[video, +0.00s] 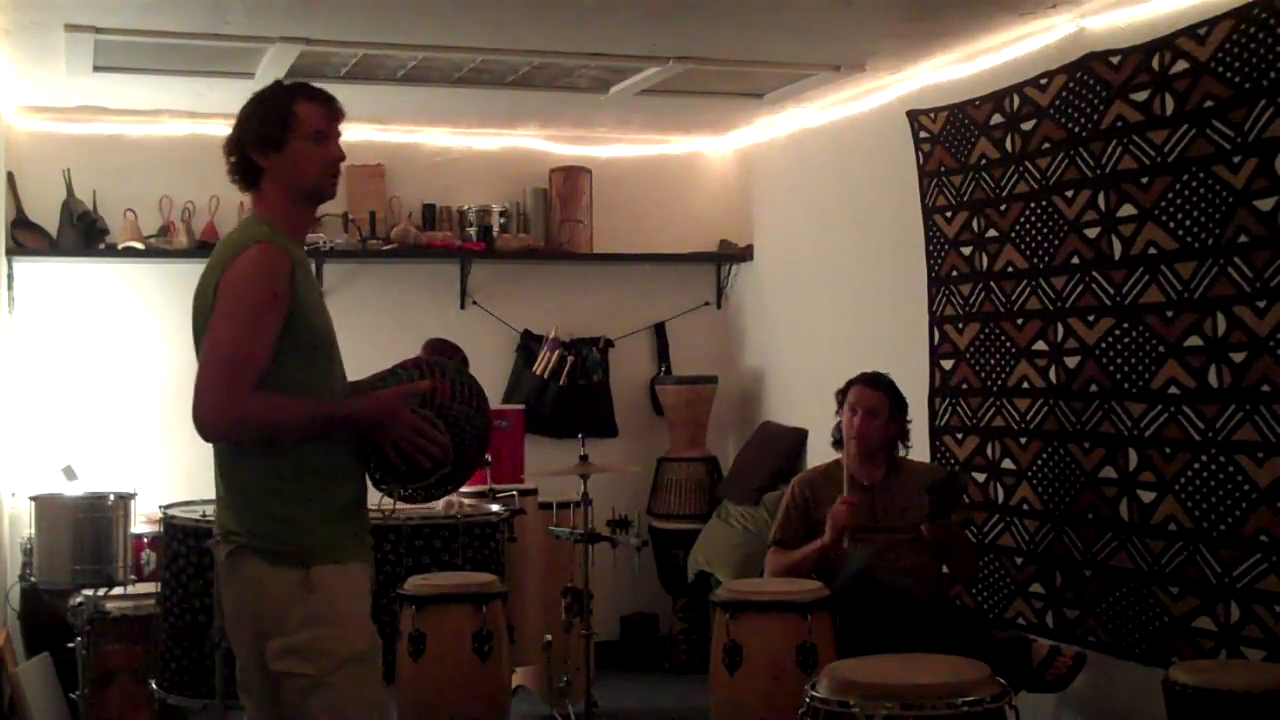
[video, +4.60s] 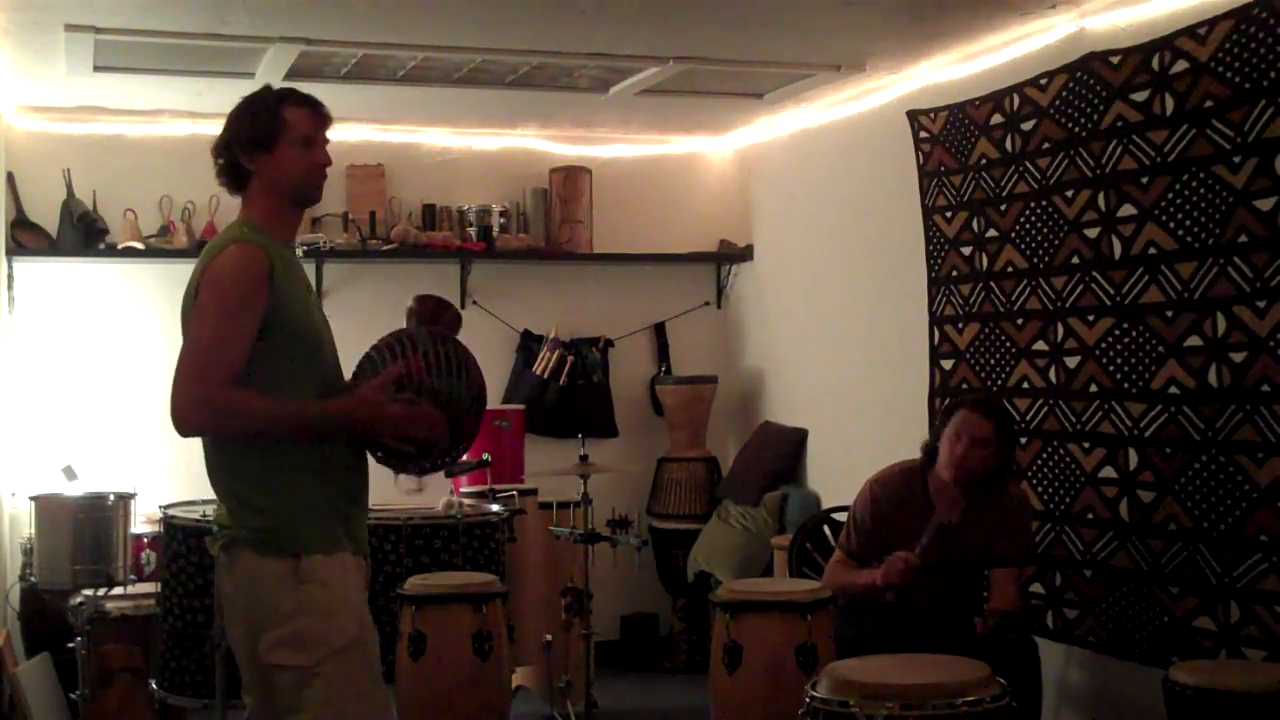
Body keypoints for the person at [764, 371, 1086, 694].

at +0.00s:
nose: (857, 422)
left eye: (871, 414)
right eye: (851, 410)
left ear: (896, 426)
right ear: (840, 417)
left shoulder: (929, 481)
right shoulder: (809, 487)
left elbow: (968, 568)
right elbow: (773, 571)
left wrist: (948, 539)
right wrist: (826, 539)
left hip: (921, 605)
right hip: (841, 612)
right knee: (861, 574)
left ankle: (1017, 660)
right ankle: (1014, 649)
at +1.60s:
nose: (870, 419)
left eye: (883, 411)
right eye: (862, 408)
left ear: (903, 423)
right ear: (848, 416)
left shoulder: (929, 479)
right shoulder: (813, 482)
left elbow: (970, 567)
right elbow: (770, 566)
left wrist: (945, 536)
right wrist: (816, 541)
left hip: (919, 606)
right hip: (841, 612)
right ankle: (987, 656)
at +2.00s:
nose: (912, 410)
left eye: (923, 401)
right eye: (901, 397)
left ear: (933, 413)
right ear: (875, 405)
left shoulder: (955, 475)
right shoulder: (833, 470)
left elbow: (982, 566)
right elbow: (783, 554)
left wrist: (959, 539)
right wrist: (836, 536)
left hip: (933, 612)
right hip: (853, 613)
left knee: (1018, 645)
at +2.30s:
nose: (931, 414)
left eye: (942, 404)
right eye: (918, 401)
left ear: (952, 416)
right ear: (889, 409)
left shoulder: (973, 482)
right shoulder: (848, 477)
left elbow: (1000, 568)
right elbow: (803, 565)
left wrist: (977, 570)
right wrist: (849, 554)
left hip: (943, 615)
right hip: (866, 616)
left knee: (1021, 648)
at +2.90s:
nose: (963, 446)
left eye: (975, 435)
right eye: (952, 432)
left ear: (988, 443)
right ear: (925, 436)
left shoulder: (1003, 499)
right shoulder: (880, 492)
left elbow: (1004, 592)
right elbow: (829, 574)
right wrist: (870, 582)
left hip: (964, 620)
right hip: (892, 618)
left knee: (1020, 645)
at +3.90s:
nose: (998, 471)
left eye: (1005, 461)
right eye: (987, 458)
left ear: (1011, 458)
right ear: (953, 449)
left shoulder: (1009, 504)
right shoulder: (889, 491)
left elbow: (1005, 595)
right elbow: (836, 576)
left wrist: (990, 617)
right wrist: (879, 584)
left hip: (961, 621)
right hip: (888, 618)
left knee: (1018, 650)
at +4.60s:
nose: (961, 452)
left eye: (977, 444)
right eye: (955, 437)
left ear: (997, 455)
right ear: (939, 437)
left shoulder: (1008, 505)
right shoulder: (887, 489)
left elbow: (1005, 594)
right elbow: (833, 575)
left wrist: (992, 619)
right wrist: (876, 576)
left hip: (961, 625)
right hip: (884, 620)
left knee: (1019, 651)